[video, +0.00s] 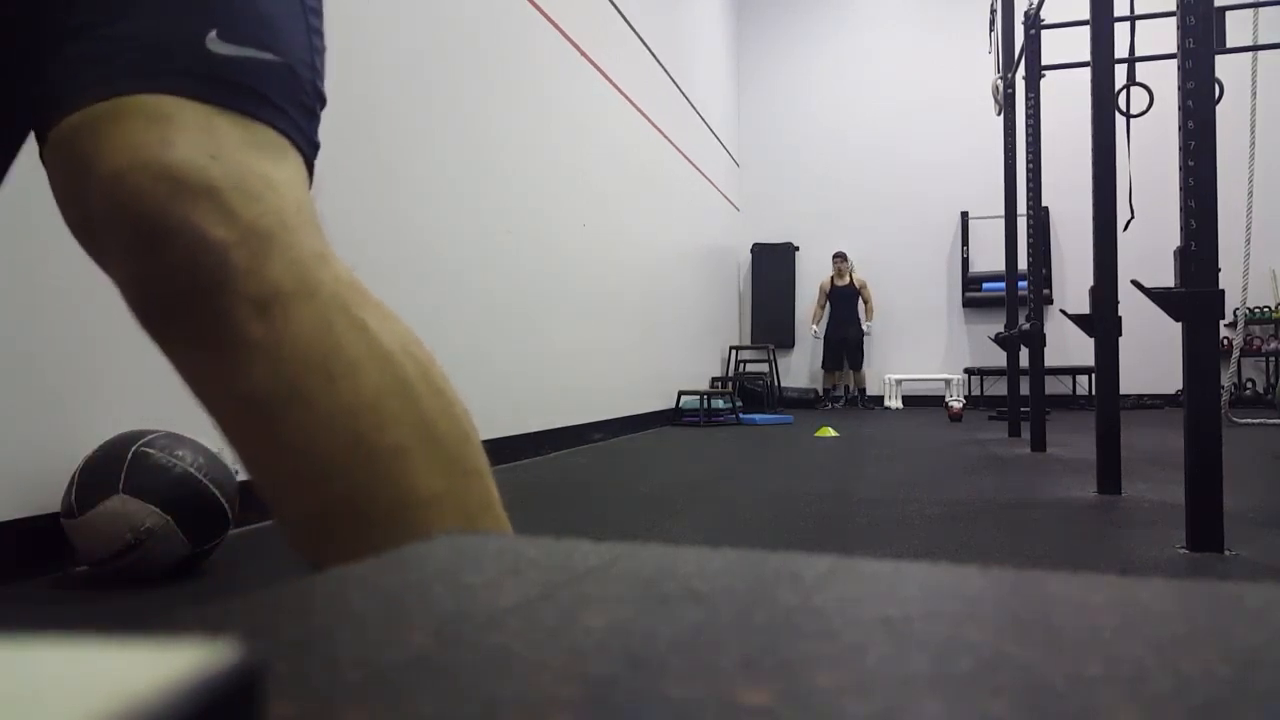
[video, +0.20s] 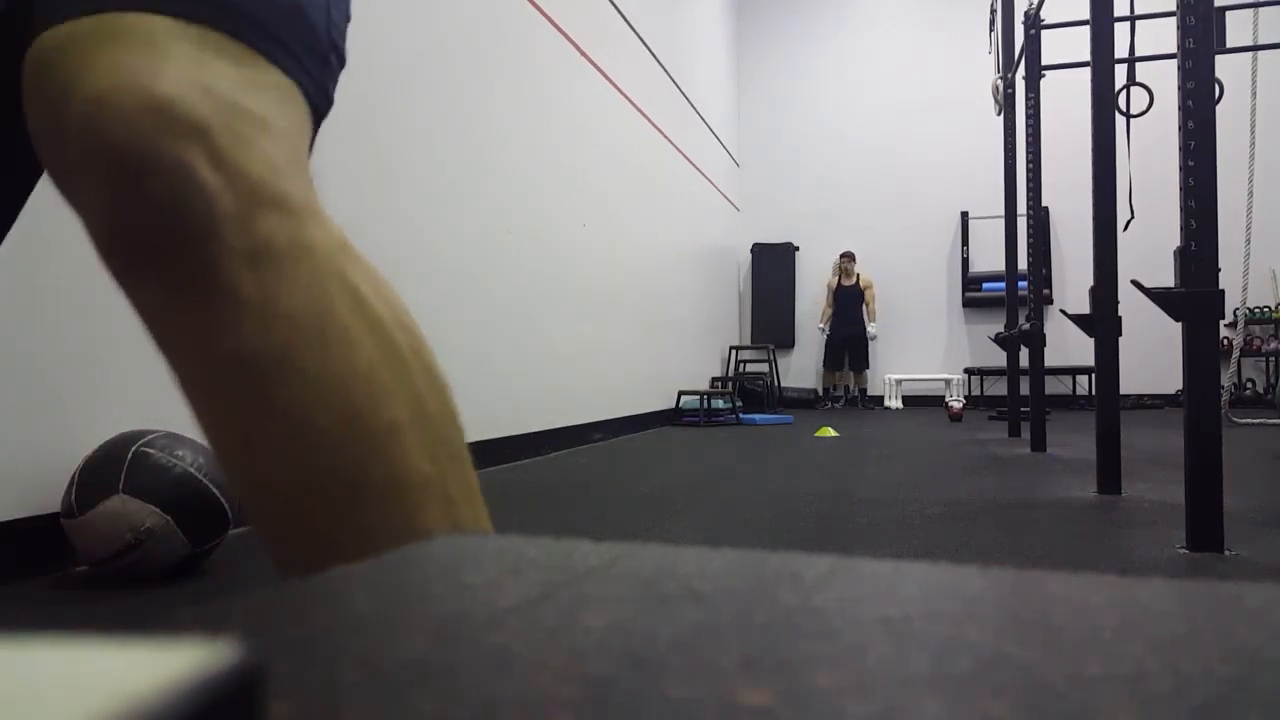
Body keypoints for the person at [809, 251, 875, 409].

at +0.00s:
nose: (838, 266)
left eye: (841, 262)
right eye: (836, 263)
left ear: (848, 264)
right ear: (832, 265)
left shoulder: (858, 282)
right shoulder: (826, 284)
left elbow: (867, 302)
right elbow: (820, 306)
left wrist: (868, 322)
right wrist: (814, 324)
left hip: (853, 328)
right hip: (833, 329)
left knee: (857, 367)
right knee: (829, 367)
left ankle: (862, 398)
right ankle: (826, 399)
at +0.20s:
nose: (845, 265)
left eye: (848, 262)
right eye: (843, 262)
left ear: (854, 263)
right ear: (840, 264)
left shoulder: (865, 282)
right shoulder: (833, 282)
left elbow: (869, 304)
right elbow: (829, 305)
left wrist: (872, 324)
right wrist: (822, 323)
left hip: (857, 330)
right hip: (836, 330)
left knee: (859, 368)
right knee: (830, 367)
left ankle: (862, 399)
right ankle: (827, 398)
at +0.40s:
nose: (848, 265)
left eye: (851, 262)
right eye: (845, 262)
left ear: (856, 263)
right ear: (841, 264)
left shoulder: (866, 280)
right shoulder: (834, 281)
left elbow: (873, 301)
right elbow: (829, 305)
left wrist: (871, 316)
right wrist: (822, 323)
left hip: (856, 329)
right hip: (836, 329)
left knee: (859, 367)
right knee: (828, 365)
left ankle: (862, 398)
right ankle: (825, 397)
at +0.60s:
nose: (842, 266)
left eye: (845, 263)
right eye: (840, 263)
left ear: (851, 264)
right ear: (836, 264)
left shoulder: (860, 282)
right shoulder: (828, 283)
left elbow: (867, 302)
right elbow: (822, 305)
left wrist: (871, 320)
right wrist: (816, 324)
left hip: (853, 329)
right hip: (833, 329)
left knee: (858, 367)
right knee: (829, 367)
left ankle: (862, 398)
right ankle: (825, 398)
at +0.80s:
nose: (835, 267)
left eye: (839, 264)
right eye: (832, 264)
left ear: (844, 265)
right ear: (829, 265)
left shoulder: (853, 283)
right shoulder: (821, 284)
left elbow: (859, 307)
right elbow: (815, 306)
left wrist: (863, 328)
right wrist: (813, 327)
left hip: (849, 331)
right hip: (828, 331)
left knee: (855, 367)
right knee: (827, 368)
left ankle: (862, 398)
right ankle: (825, 399)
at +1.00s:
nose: (833, 266)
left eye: (836, 263)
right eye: (830, 263)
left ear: (842, 264)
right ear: (826, 265)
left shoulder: (852, 282)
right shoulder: (819, 284)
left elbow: (857, 305)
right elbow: (814, 307)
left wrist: (860, 325)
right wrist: (812, 327)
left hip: (849, 329)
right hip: (828, 330)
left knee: (857, 366)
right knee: (826, 367)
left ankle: (863, 398)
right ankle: (824, 399)